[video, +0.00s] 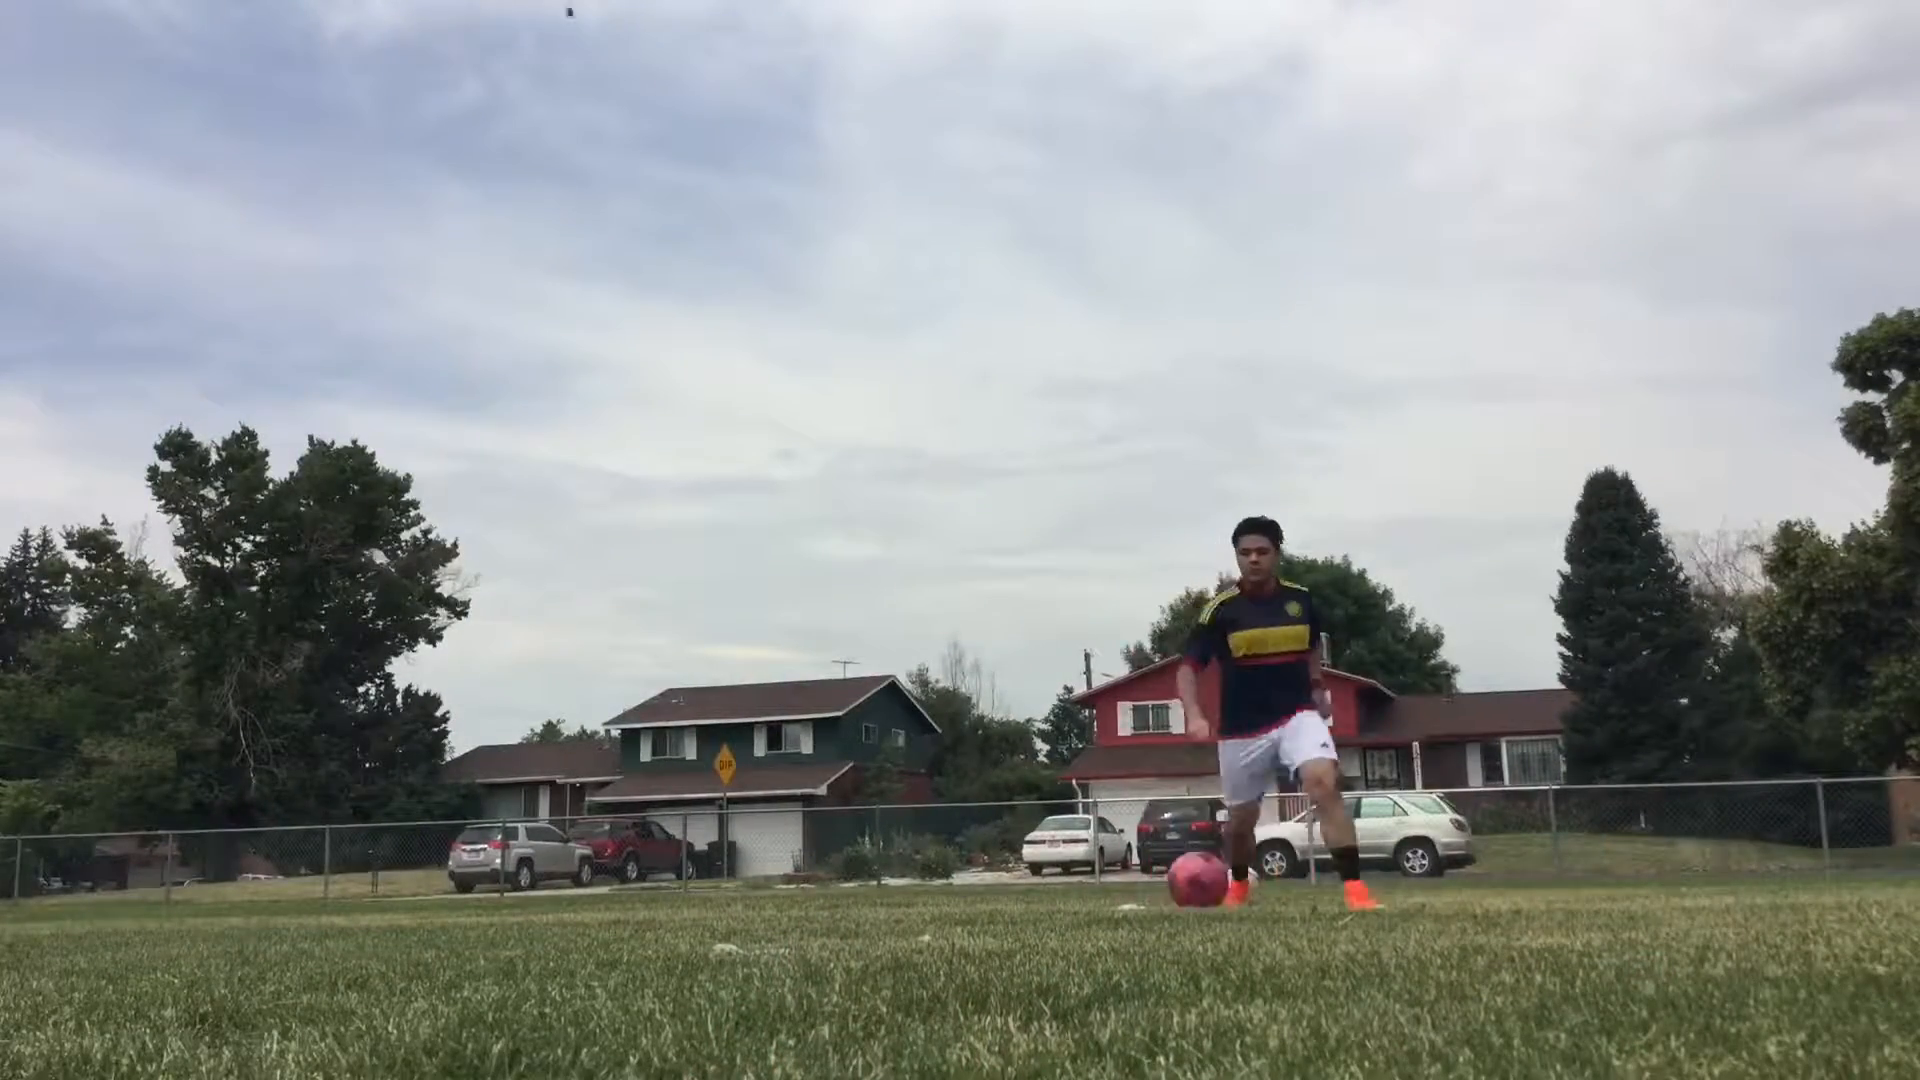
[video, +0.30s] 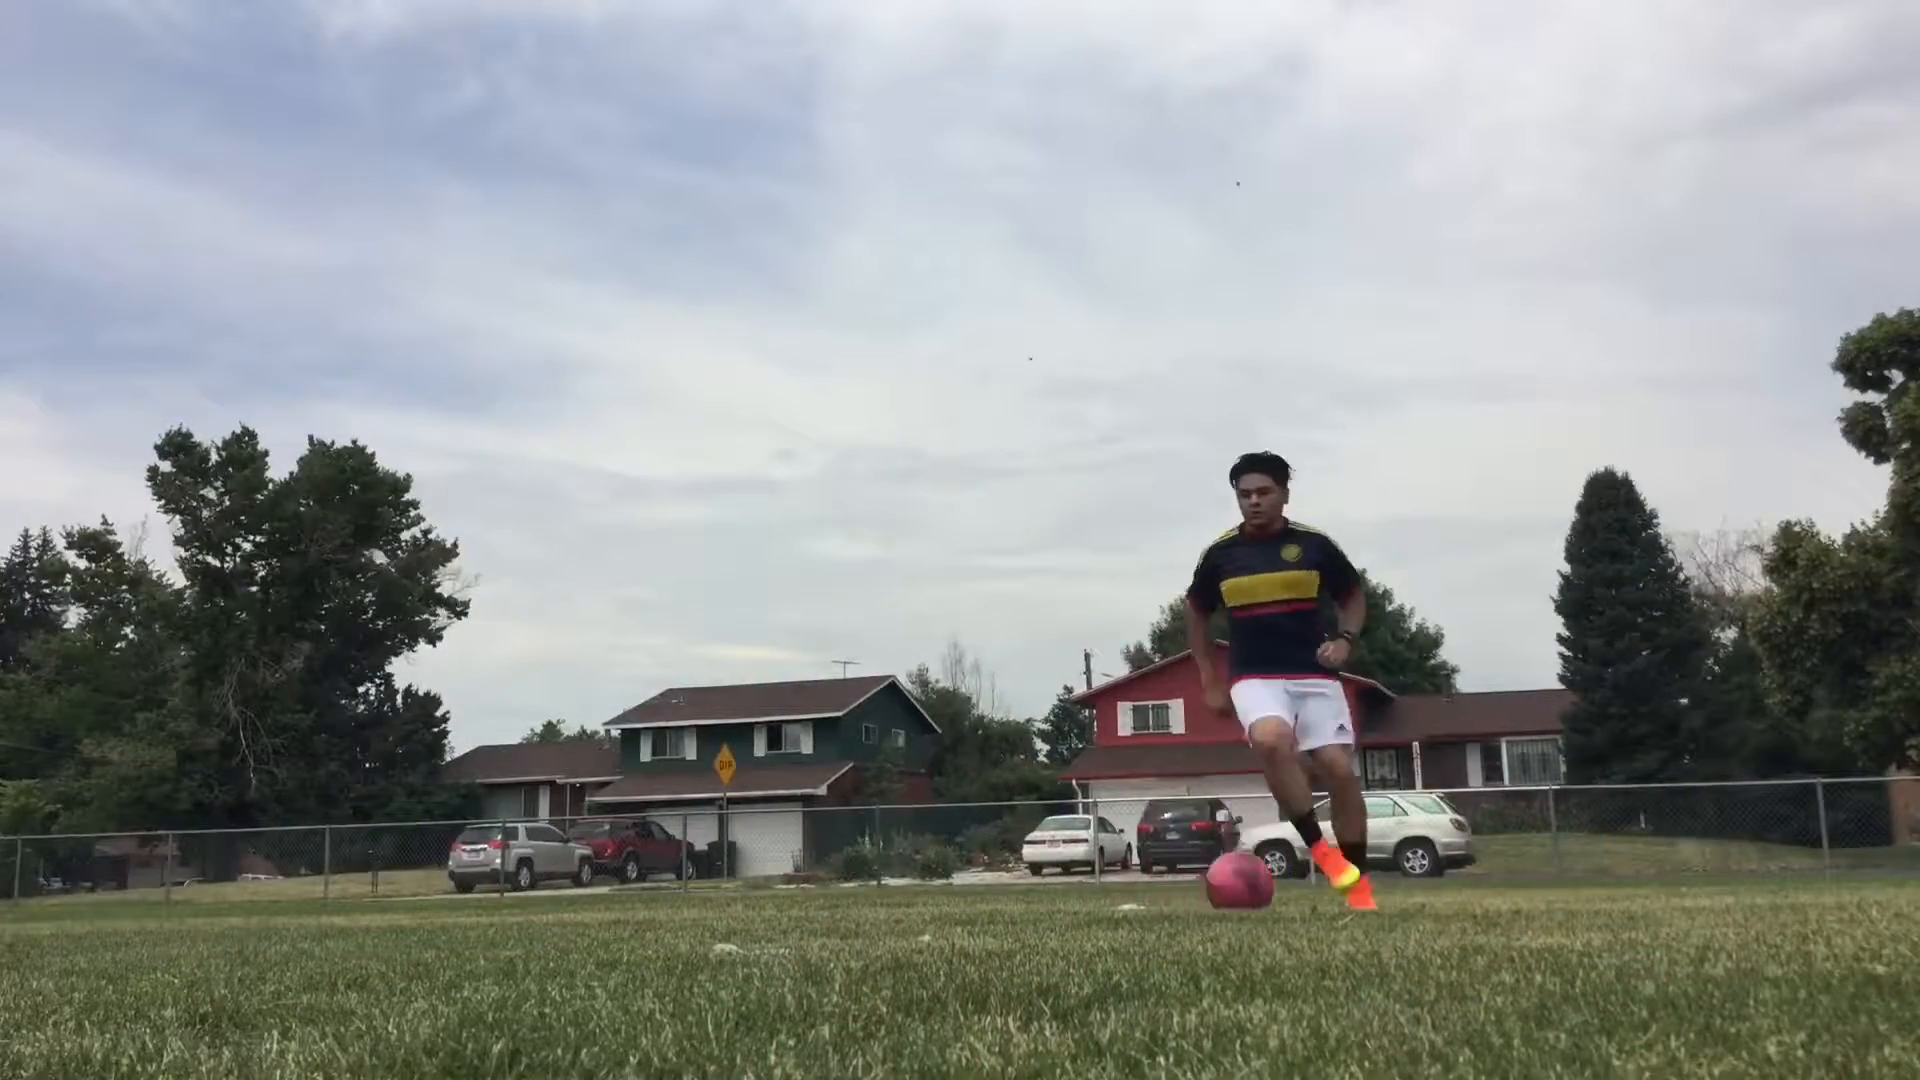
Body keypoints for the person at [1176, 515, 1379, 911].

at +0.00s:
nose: (1253, 558)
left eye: (1261, 551)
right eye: (1245, 552)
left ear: (1277, 554)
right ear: (1236, 557)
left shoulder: (1301, 601)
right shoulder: (1220, 610)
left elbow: (1313, 650)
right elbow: (1186, 668)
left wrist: (1319, 690)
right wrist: (1194, 714)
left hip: (1297, 716)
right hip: (1240, 729)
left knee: (1324, 785)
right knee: (1241, 818)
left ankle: (1354, 887)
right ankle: (1238, 886)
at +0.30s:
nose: (1253, 500)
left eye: (1263, 491)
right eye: (1244, 493)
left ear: (1284, 494)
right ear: (1235, 498)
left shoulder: (1316, 546)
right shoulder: (1218, 556)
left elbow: (1353, 598)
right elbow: (1195, 611)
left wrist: (1345, 638)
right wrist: (1209, 679)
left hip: (1316, 676)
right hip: (1255, 677)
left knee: (1339, 767)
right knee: (1271, 742)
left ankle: (1357, 881)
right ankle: (1319, 847)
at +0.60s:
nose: (1181, 473)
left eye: (1192, 463)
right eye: (1173, 465)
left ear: (1221, 465)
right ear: (1167, 470)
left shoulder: (1260, 518)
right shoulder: (1155, 542)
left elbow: (1317, 568)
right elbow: (1115, 609)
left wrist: (1310, 609)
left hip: (1277, 672)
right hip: (1209, 682)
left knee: (1314, 781)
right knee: (1223, 768)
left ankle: (1357, 865)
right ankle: (1271, 891)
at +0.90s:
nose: (1050, 403)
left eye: (1063, 391)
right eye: (1042, 392)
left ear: (1096, 392)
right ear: (1036, 397)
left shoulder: (1143, 456)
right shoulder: (1027, 477)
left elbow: (1192, 526)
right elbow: (991, 564)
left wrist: (1178, 573)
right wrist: (951, 575)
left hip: (1130, 630)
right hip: (1057, 636)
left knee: (1106, 742)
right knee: (1005, 744)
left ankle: (1099, 889)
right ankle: (1060, 859)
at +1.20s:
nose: (881, 340)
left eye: (896, 329)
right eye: (873, 329)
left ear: (932, 334)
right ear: (865, 336)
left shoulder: (971, 412)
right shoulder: (847, 422)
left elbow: (1029, 505)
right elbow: (832, 517)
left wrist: (1003, 585)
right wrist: (801, 576)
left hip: (932, 605)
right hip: (853, 609)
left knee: (895, 740)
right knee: (836, 746)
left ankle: (946, 859)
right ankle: (853, 906)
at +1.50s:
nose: (746, 250)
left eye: (765, 238)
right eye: (737, 238)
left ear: (804, 253)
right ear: (724, 250)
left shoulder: (837, 356)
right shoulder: (682, 340)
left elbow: (885, 468)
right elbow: (622, 429)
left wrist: (837, 540)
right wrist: (578, 449)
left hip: (735, 581)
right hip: (641, 557)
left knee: (683, 751)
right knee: (548, 678)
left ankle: (680, 910)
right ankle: (610, 828)